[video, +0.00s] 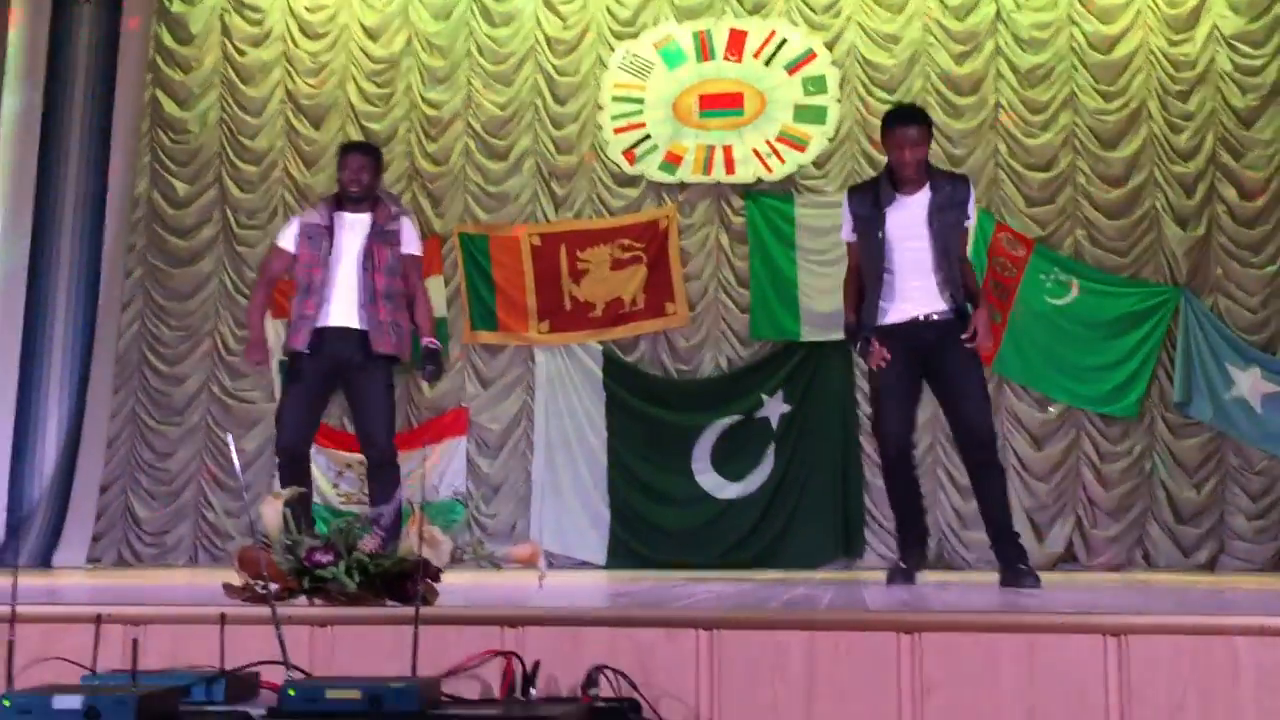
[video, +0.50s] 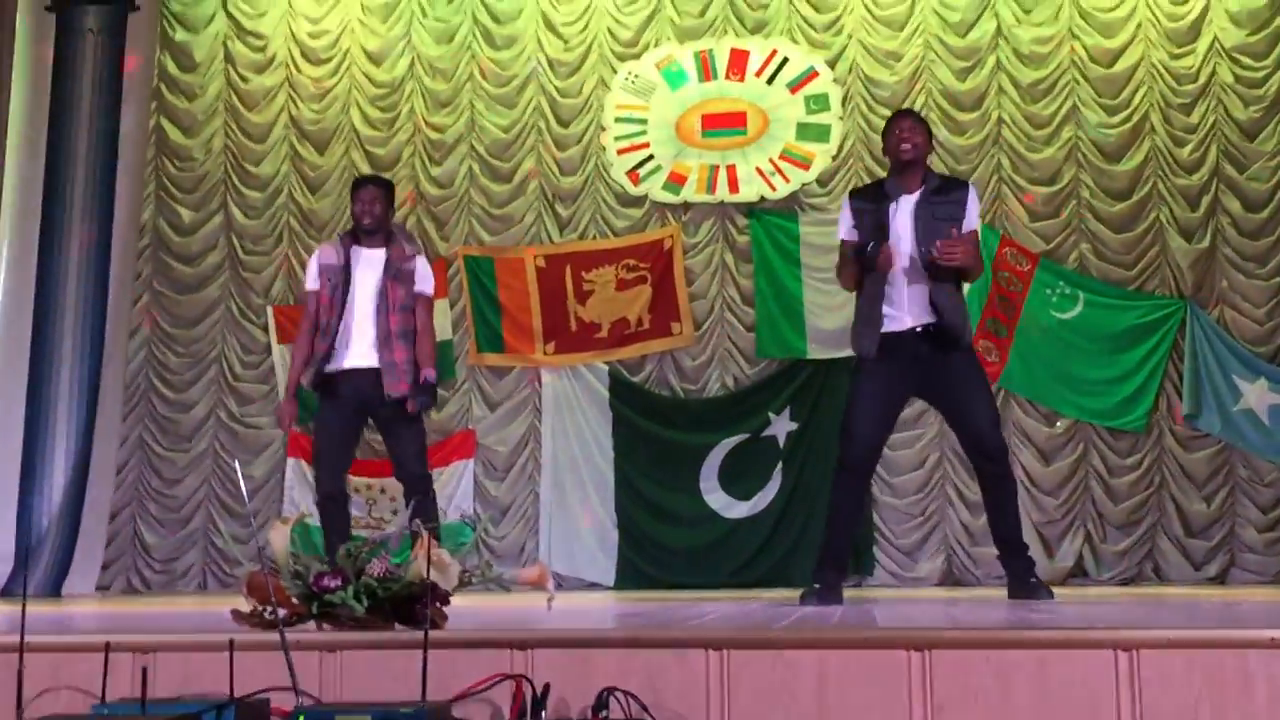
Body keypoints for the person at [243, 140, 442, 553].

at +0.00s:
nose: (355, 177)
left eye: (364, 171)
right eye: (348, 169)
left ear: (378, 176)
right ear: (337, 174)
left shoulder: (398, 224)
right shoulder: (309, 221)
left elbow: (416, 287)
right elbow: (267, 277)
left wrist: (428, 340)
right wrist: (255, 333)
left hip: (371, 350)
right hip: (313, 349)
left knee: (380, 451)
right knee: (290, 447)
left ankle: (386, 551)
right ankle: (302, 547)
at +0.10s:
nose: (337, 161)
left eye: (346, 155)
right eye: (331, 154)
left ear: (361, 162)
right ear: (319, 159)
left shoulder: (379, 214)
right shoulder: (293, 206)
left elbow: (399, 277)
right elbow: (265, 273)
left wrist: (415, 322)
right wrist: (235, 331)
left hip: (364, 336)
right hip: (307, 335)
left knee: (379, 434)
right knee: (294, 440)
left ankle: (382, 534)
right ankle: (293, 536)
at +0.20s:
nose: (345, 167)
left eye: (353, 160)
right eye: (337, 159)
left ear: (366, 165)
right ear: (327, 163)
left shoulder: (388, 213)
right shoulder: (301, 219)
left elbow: (411, 269)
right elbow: (276, 282)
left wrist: (428, 325)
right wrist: (251, 332)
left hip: (371, 339)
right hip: (315, 341)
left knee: (394, 432)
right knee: (299, 439)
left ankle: (411, 529)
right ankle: (306, 531)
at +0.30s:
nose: (364, 179)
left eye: (372, 172)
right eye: (357, 172)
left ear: (387, 177)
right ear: (347, 178)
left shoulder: (406, 220)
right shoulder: (328, 227)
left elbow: (424, 280)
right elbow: (302, 291)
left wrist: (435, 337)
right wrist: (277, 345)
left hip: (386, 352)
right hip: (332, 353)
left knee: (406, 446)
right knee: (309, 448)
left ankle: (426, 541)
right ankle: (317, 545)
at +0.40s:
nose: (369, 197)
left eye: (378, 190)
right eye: (363, 190)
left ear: (393, 197)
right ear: (353, 196)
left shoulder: (415, 250)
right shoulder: (329, 245)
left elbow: (427, 312)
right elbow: (297, 310)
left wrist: (429, 363)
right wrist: (285, 374)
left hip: (394, 372)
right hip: (339, 371)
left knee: (416, 465)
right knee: (307, 460)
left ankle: (434, 560)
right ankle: (328, 558)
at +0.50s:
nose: (367, 209)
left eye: (375, 202)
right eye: (361, 202)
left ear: (390, 208)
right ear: (350, 208)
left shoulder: (412, 261)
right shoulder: (326, 257)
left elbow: (423, 326)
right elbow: (307, 329)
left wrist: (428, 377)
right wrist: (290, 392)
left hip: (395, 385)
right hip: (340, 386)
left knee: (415, 478)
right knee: (328, 483)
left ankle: (431, 568)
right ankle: (338, 572)